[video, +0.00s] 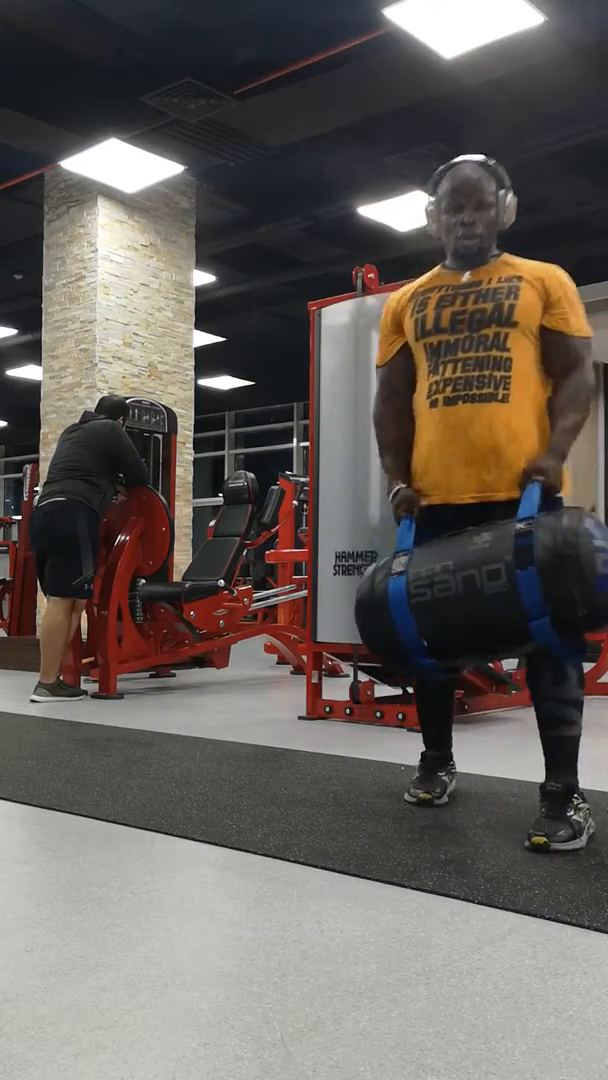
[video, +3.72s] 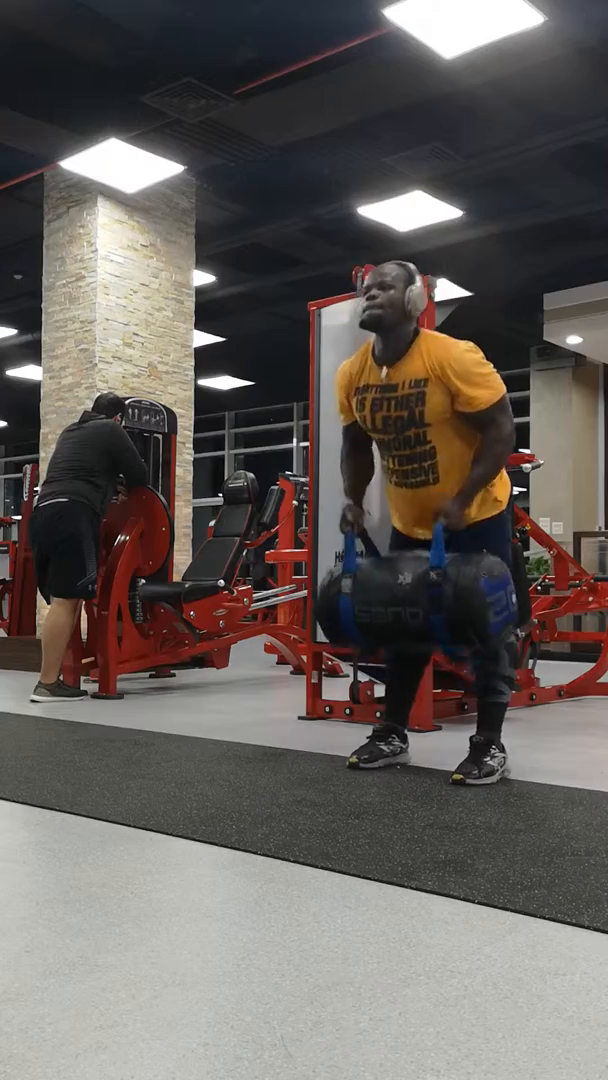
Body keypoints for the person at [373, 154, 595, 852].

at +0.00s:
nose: (467, 216)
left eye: (479, 204)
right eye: (453, 206)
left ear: (507, 208)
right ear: (434, 216)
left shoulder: (544, 282)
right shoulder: (405, 302)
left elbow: (575, 375)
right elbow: (391, 397)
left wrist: (555, 453)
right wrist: (396, 476)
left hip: (524, 494)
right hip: (434, 499)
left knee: (549, 631)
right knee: (429, 631)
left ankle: (560, 791)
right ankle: (435, 760)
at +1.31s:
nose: (402, 288)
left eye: (407, 275)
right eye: (401, 278)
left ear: (438, 265)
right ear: (434, 271)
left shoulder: (512, 313)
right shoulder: (409, 345)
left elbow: (539, 396)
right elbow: (404, 423)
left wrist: (517, 477)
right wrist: (400, 491)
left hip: (500, 505)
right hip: (429, 511)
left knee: (521, 625)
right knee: (426, 625)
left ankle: (534, 756)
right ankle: (430, 743)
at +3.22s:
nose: (383, 280)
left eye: (396, 271)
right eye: (380, 273)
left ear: (428, 279)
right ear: (377, 286)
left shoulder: (458, 336)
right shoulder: (365, 357)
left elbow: (478, 421)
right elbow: (359, 437)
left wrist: (453, 503)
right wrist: (355, 504)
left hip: (451, 512)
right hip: (384, 517)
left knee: (469, 621)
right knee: (386, 620)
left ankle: (486, 744)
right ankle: (388, 732)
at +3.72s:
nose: (368, 294)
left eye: (382, 286)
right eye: (365, 288)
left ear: (415, 300)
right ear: (361, 304)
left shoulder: (454, 358)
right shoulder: (352, 375)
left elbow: (503, 431)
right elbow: (356, 443)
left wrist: (464, 496)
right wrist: (353, 499)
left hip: (478, 518)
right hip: (409, 523)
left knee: (488, 625)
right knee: (404, 623)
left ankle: (488, 745)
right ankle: (391, 733)